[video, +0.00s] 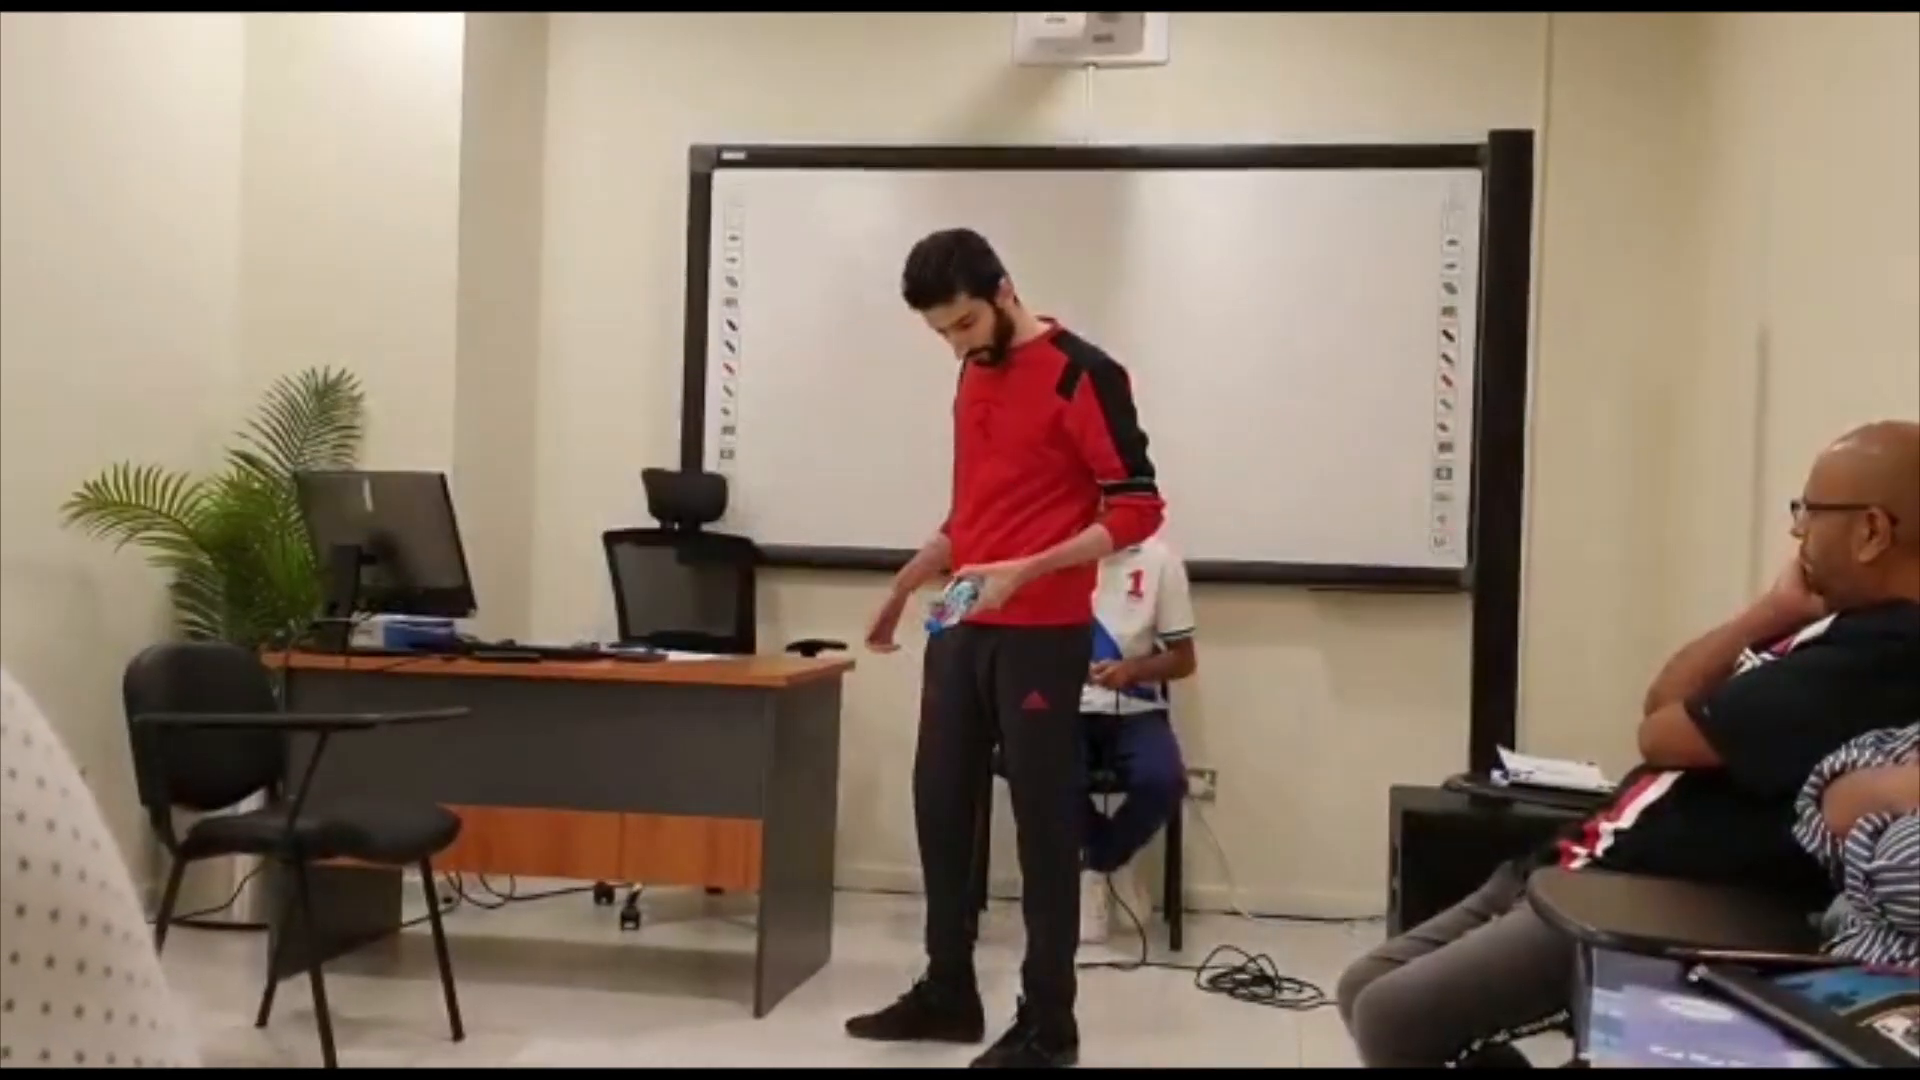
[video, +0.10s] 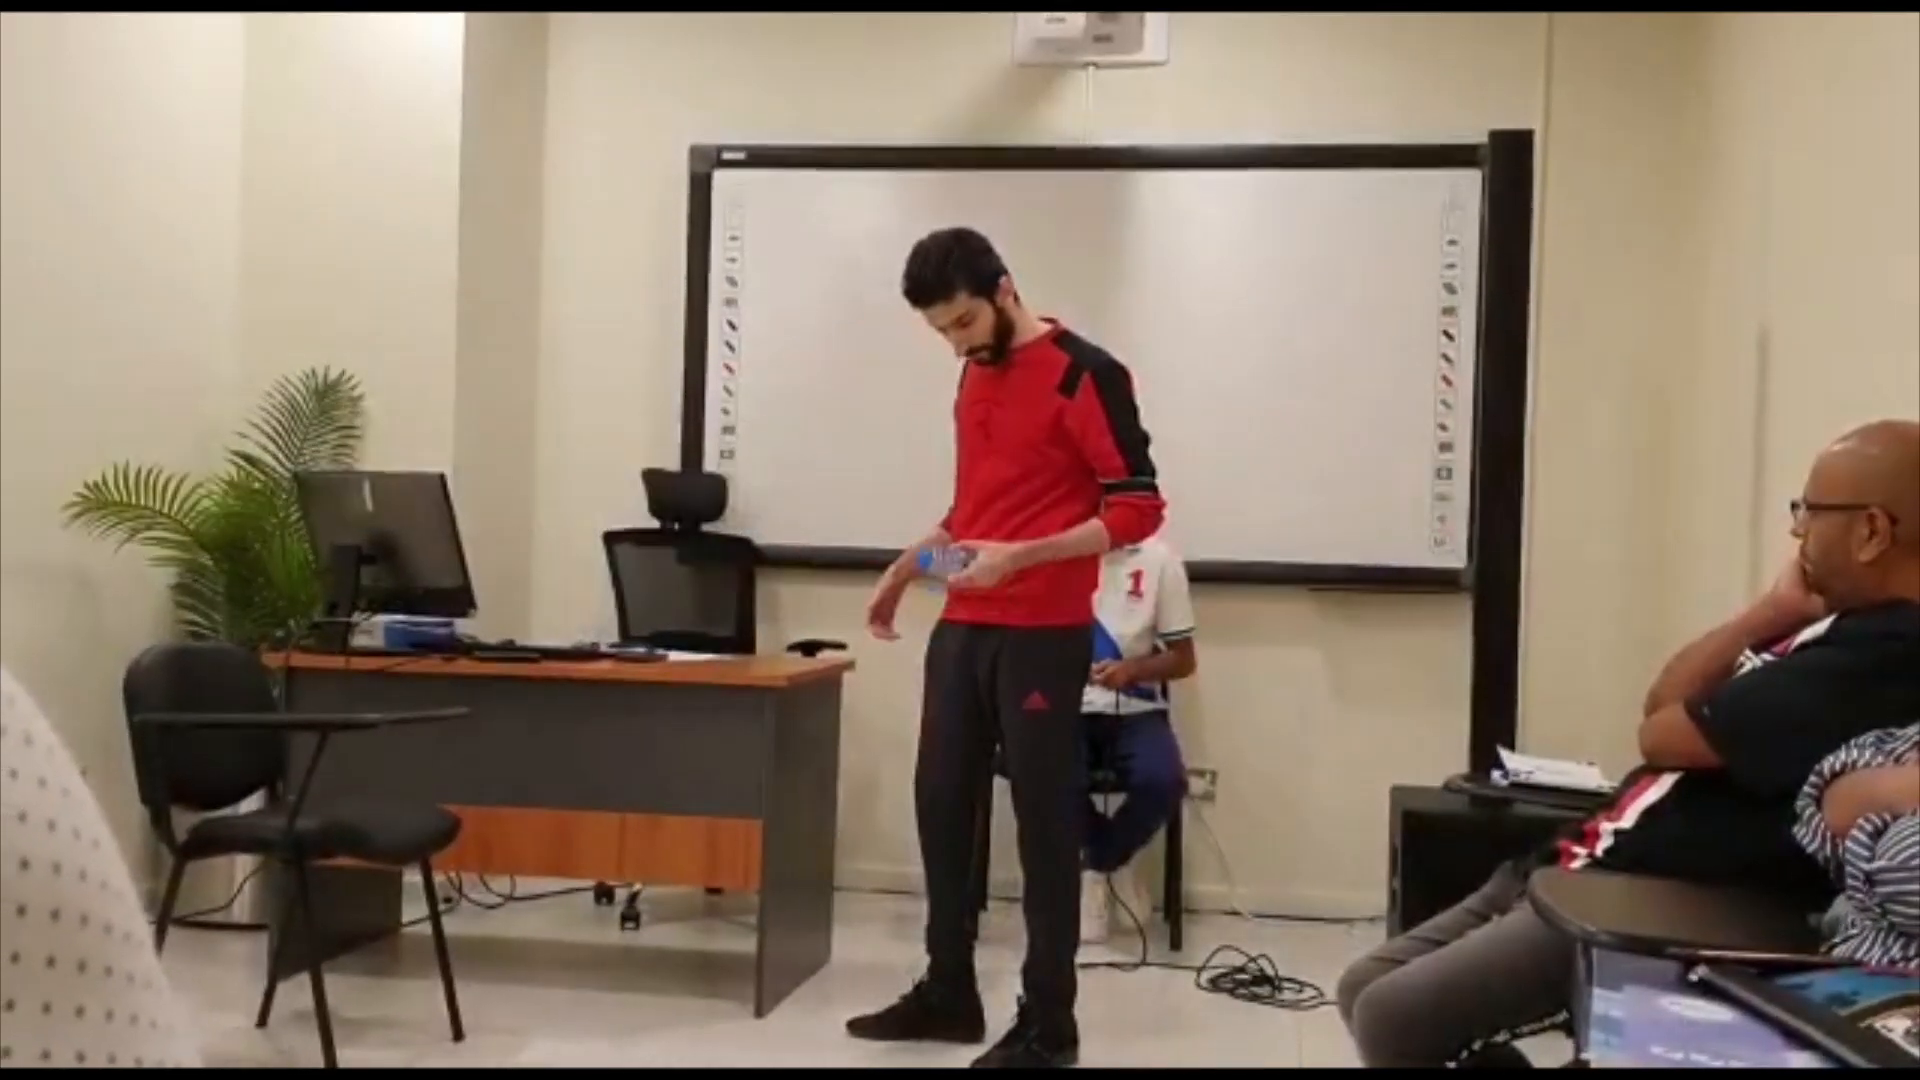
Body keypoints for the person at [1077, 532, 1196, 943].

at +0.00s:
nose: (1116, 512)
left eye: (1126, 496)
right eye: (1105, 497)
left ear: (1140, 502)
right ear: (1085, 501)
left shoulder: (1156, 560)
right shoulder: (1062, 560)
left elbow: (1183, 658)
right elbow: (1038, 635)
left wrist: (1131, 669)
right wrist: (1067, 667)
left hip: (1138, 712)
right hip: (1071, 711)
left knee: (1161, 782)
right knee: (1047, 780)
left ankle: (1095, 868)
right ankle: (1116, 861)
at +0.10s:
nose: (1120, 511)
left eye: (1129, 495)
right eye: (1109, 496)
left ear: (1142, 503)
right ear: (1087, 501)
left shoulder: (1156, 560)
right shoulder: (1063, 559)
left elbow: (1183, 658)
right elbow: (1038, 634)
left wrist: (1132, 669)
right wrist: (1066, 666)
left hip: (1138, 712)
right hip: (1072, 710)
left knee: (1161, 782)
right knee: (1048, 780)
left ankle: (1095, 868)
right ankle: (1116, 862)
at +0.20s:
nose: (1118, 513)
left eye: (1128, 497)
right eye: (1107, 499)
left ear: (1140, 503)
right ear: (1085, 502)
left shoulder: (1156, 561)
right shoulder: (1061, 560)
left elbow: (1183, 659)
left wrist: (1132, 670)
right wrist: (1065, 668)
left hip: (1138, 713)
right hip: (1071, 712)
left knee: (1161, 782)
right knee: (1047, 781)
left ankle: (1095, 869)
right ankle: (1117, 863)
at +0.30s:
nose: (1119, 510)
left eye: (1129, 495)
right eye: (1107, 498)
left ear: (1140, 502)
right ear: (1085, 501)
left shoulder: (1156, 561)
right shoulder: (1061, 559)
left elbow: (1183, 659)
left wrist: (1132, 670)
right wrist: (1064, 667)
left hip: (1138, 714)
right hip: (1072, 712)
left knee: (1161, 782)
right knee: (1049, 780)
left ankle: (1095, 868)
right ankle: (1116, 863)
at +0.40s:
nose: (1121, 511)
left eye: (1131, 496)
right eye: (1110, 499)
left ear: (1142, 503)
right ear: (1088, 502)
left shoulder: (1157, 562)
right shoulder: (1062, 559)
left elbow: (1183, 659)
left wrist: (1132, 670)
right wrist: (1066, 667)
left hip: (1138, 713)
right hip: (1073, 712)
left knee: (1161, 782)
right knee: (1050, 783)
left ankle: (1095, 868)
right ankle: (1117, 863)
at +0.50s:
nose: (1122, 510)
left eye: (1132, 495)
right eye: (1110, 497)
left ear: (1143, 501)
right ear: (1087, 500)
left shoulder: (1157, 561)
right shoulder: (1064, 558)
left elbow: (1184, 659)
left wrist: (1132, 670)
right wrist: (1067, 667)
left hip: (1139, 713)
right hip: (1073, 711)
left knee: (1162, 782)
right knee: (1050, 781)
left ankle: (1096, 869)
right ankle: (1116, 863)